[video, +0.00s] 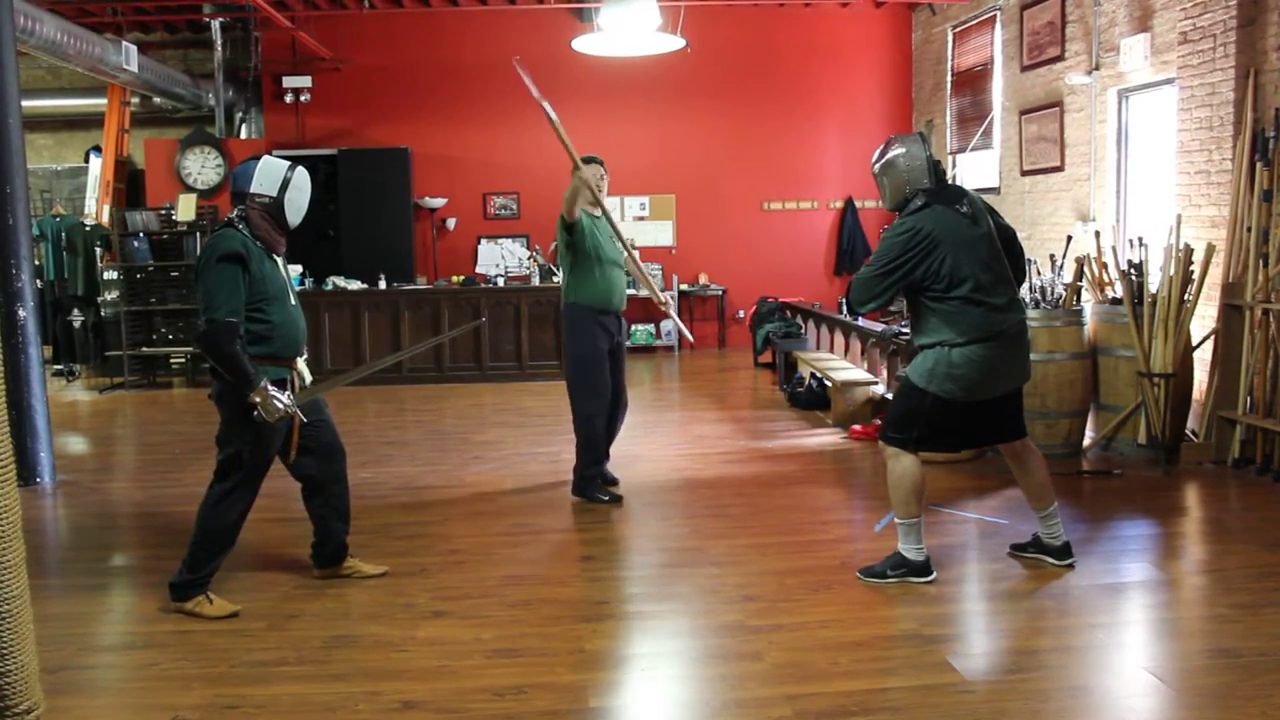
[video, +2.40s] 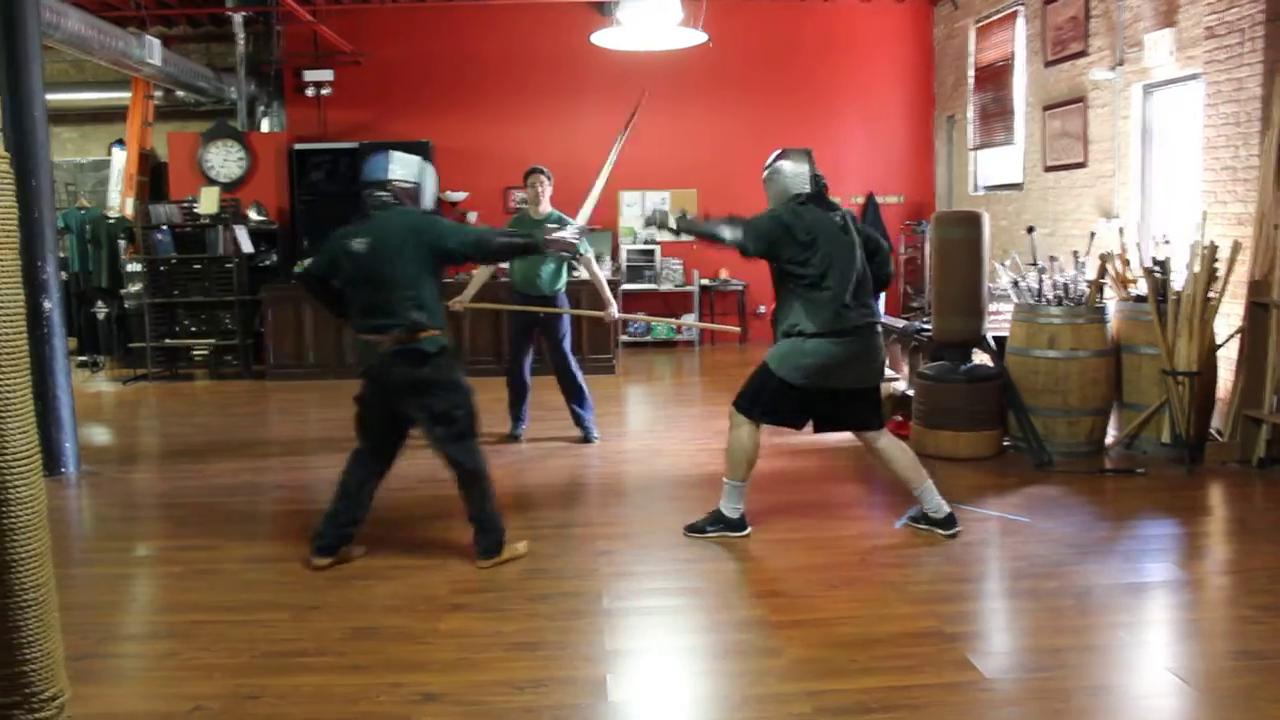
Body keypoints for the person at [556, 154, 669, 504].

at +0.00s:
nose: (600, 179)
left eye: (604, 175)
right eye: (593, 173)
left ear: (607, 184)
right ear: (579, 182)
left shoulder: (608, 226)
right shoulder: (574, 223)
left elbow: (624, 266)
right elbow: (570, 211)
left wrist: (652, 291)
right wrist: (576, 183)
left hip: (612, 319)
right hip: (584, 318)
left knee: (615, 400)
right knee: (592, 399)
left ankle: (597, 466)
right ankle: (585, 481)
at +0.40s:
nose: (600, 184)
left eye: (605, 180)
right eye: (594, 179)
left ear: (608, 188)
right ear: (579, 184)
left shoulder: (615, 229)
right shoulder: (561, 215)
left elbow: (636, 270)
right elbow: (524, 205)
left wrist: (659, 301)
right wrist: (526, 171)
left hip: (604, 317)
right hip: (568, 315)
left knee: (605, 393)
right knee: (565, 393)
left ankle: (597, 463)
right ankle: (559, 465)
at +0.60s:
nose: (590, 185)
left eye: (594, 181)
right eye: (584, 180)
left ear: (600, 190)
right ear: (570, 187)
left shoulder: (607, 232)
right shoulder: (550, 221)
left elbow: (626, 273)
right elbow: (514, 227)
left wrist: (653, 309)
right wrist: (501, 203)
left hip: (598, 318)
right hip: (561, 316)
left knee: (602, 391)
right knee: (555, 386)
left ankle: (597, 463)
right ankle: (544, 436)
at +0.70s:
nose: (584, 188)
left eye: (588, 184)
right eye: (577, 184)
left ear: (594, 192)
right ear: (564, 190)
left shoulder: (603, 234)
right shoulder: (546, 224)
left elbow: (624, 276)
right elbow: (507, 244)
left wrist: (642, 312)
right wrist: (495, 230)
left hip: (592, 319)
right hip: (556, 316)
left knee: (598, 389)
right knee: (551, 385)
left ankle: (597, 462)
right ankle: (546, 442)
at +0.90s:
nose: (570, 191)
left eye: (574, 187)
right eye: (563, 187)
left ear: (581, 194)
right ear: (552, 195)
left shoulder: (594, 236)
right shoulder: (536, 233)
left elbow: (614, 278)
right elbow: (502, 262)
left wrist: (631, 319)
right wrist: (484, 277)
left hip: (580, 321)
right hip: (543, 320)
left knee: (588, 385)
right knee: (546, 387)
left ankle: (592, 456)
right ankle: (549, 448)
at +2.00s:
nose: (554, 187)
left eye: (558, 182)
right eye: (548, 183)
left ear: (567, 185)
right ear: (541, 188)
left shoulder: (580, 225)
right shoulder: (528, 222)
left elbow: (602, 266)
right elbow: (501, 256)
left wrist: (618, 306)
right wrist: (472, 287)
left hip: (566, 298)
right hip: (531, 297)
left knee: (573, 363)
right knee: (520, 360)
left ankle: (571, 424)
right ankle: (502, 422)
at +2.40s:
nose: (538, 189)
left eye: (543, 184)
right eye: (533, 185)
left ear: (551, 189)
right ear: (526, 191)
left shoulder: (565, 224)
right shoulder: (515, 224)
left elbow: (589, 263)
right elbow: (490, 260)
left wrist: (609, 301)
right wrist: (465, 296)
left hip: (553, 298)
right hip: (521, 298)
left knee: (563, 359)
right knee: (518, 363)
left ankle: (586, 423)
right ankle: (518, 422)